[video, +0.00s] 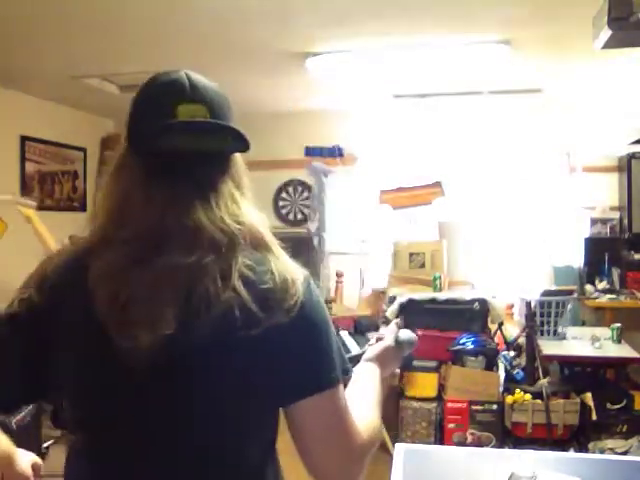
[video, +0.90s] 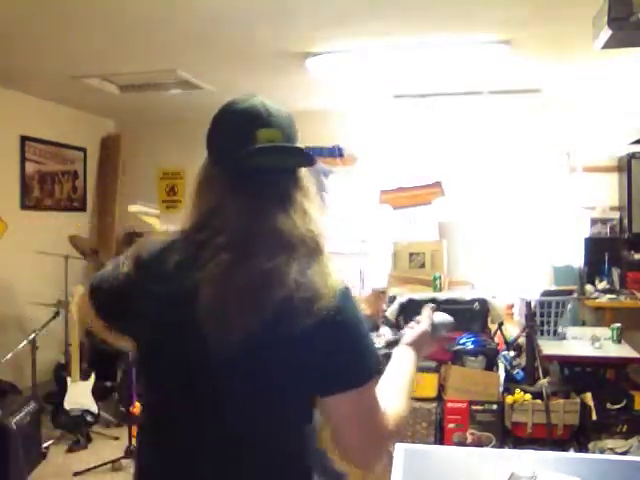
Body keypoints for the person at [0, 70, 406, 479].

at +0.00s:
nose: (244, 169)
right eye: (237, 158)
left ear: (130, 165)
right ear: (230, 169)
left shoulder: (64, 283)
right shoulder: (275, 289)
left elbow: (1, 402)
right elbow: (340, 465)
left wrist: (12, 460)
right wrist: (374, 371)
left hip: (97, 473)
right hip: (237, 475)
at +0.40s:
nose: (269, 183)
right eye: (264, 170)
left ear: (167, 171)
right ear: (259, 175)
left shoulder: (99, 280)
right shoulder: (290, 294)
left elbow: (8, 405)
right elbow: (349, 464)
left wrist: (61, 416)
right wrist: (395, 369)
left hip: (120, 472)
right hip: (249, 471)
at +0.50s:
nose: (285, 191)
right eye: (282, 180)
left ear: (184, 179)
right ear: (276, 184)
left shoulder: (126, 287)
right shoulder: (308, 301)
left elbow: (18, 385)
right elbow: (361, 466)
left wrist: (83, 394)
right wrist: (407, 369)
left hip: (142, 473)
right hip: (265, 473)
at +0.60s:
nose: (307, 187)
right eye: (301, 175)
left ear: (204, 179)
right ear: (294, 182)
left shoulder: (152, 284)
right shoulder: (324, 300)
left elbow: (48, 373)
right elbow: (371, 463)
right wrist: (418, 369)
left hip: (164, 472)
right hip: (282, 474)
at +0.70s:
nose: (318, 187)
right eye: (313, 174)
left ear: (216, 181)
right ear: (304, 184)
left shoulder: (165, 279)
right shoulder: (332, 296)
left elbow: (67, 360)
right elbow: (381, 458)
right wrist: (426, 363)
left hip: (173, 473)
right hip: (292, 473)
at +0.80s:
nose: (320, 182)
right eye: (313, 171)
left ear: (220, 177)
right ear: (306, 180)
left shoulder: (167, 273)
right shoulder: (331, 294)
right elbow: (380, 450)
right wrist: (422, 355)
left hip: (174, 469)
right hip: (289, 471)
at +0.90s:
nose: (314, 186)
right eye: (306, 176)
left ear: (211, 181)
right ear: (297, 185)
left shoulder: (158, 269)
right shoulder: (317, 296)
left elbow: (91, 309)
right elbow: (369, 451)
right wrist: (410, 349)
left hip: (165, 471)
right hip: (279, 472)